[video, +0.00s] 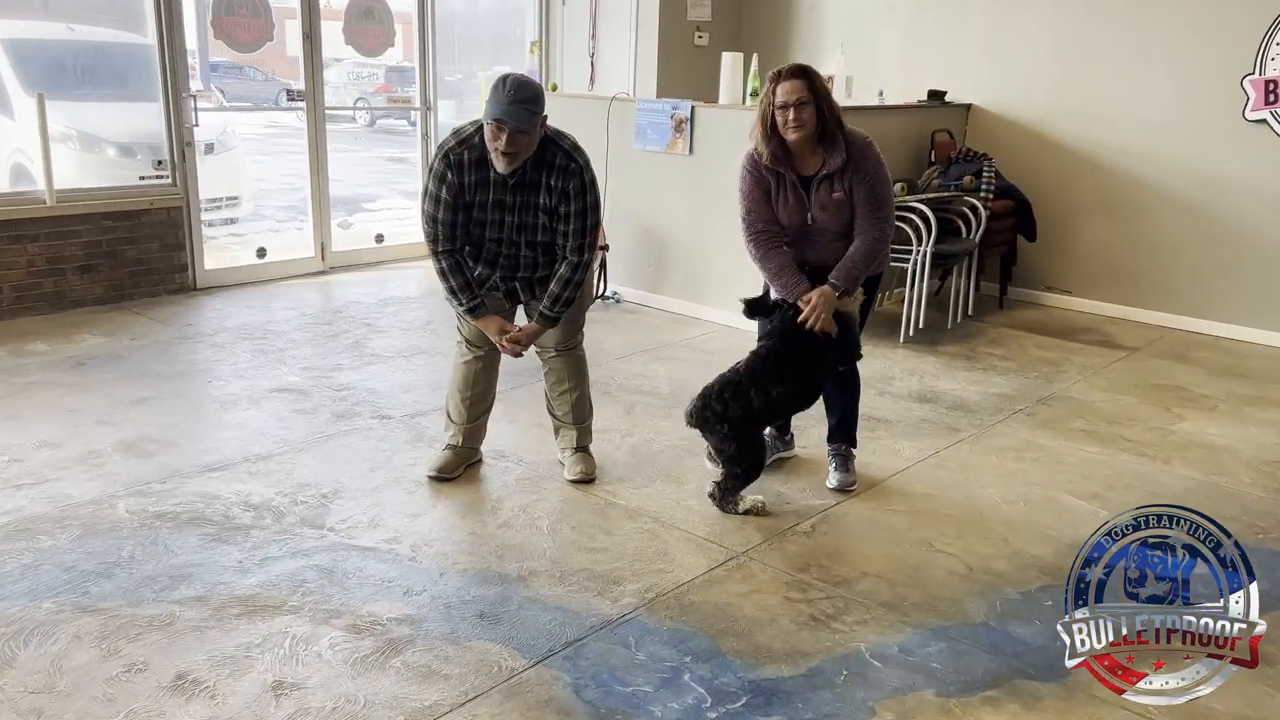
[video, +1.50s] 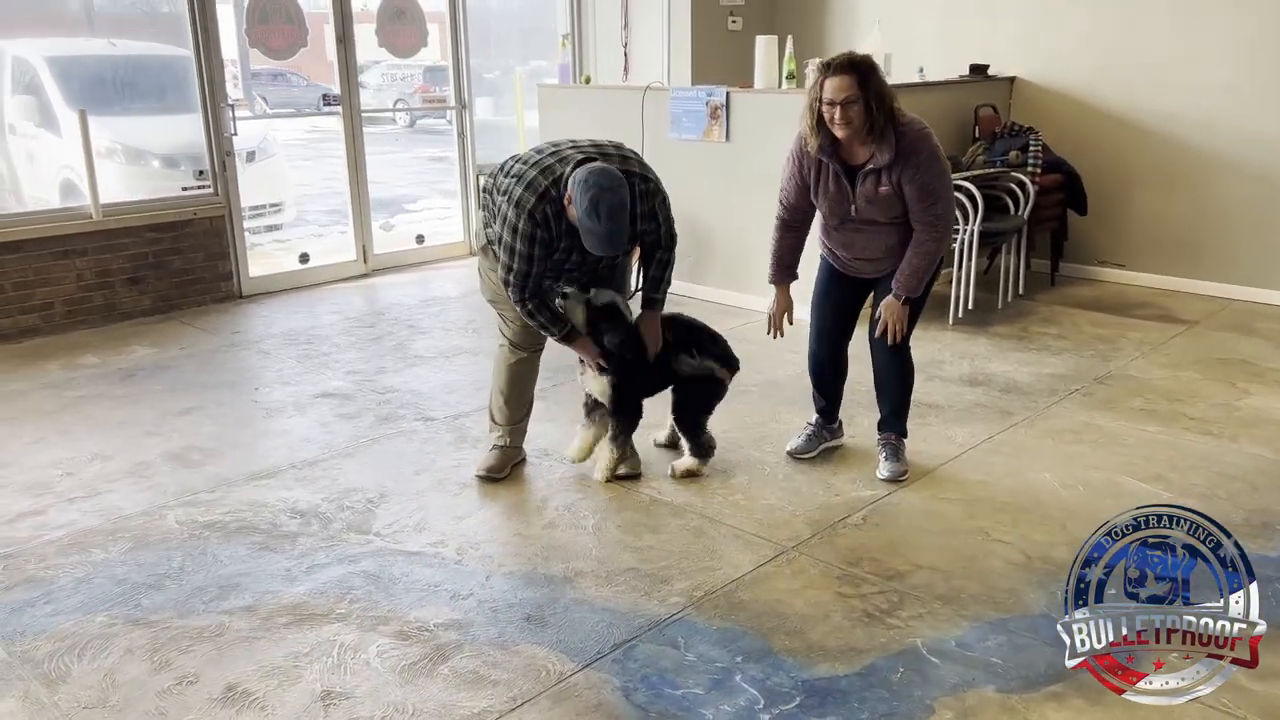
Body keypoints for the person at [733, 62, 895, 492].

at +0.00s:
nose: (792, 115)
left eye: (802, 104)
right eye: (782, 107)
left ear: (821, 107)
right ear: (770, 113)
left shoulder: (858, 153)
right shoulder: (760, 162)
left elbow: (875, 233)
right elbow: (761, 238)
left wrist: (837, 287)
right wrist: (806, 297)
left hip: (849, 272)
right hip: (787, 272)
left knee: (839, 357)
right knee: (776, 350)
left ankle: (841, 451)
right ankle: (777, 432)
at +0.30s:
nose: (795, 100)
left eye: (805, 89)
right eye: (784, 92)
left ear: (823, 94)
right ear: (772, 100)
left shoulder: (858, 146)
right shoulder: (757, 151)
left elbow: (867, 229)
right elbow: (754, 232)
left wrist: (840, 302)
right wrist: (770, 302)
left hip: (846, 272)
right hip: (782, 271)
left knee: (834, 357)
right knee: (771, 360)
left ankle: (837, 445)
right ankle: (770, 449)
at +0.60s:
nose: (792, 111)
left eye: (802, 99)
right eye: (781, 102)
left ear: (820, 102)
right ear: (769, 108)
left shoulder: (855, 150)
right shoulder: (756, 157)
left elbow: (859, 234)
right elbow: (755, 233)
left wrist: (826, 302)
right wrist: (767, 296)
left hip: (855, 263)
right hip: (794, 263)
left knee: (834, 345)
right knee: (773, 350)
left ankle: (840, 445)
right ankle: (760, 443)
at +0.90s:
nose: (803, 110)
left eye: (813, 100)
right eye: (794, 101)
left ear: (834, 95)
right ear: (782, 100)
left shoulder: (870, 140)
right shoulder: (770, 145)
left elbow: (874, 223)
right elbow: (765, 221)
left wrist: (850, 295)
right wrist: (765, 293)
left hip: (866, 255)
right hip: (804, 252)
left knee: (847, 342)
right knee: (786, 343)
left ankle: (857, 438)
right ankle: (792, 424)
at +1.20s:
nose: (820, 124)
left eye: (830, 113)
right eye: (810, 114)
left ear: (851, 105)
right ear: (798, 109)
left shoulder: (891, 141)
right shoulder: (790, 148)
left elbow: (904, 230)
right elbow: (778, 227)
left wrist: (876, 301)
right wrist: (762, 302)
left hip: (886, 255)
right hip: (823, 253)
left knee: (869, 336)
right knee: (808, 338)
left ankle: (878, 437)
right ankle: (812, 422)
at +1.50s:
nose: (838, 114)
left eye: (849, 103)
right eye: (829, 104)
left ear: (871, 101)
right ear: (817, 105)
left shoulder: (913, 143)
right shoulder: (810, 145)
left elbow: (935, 227)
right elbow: (792, 215)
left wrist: (900, 293)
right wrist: (781, 285)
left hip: (903, 259)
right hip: (841, 255)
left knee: (887, 338)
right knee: (823, 345)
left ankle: (892, 439)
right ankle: (826, 423)